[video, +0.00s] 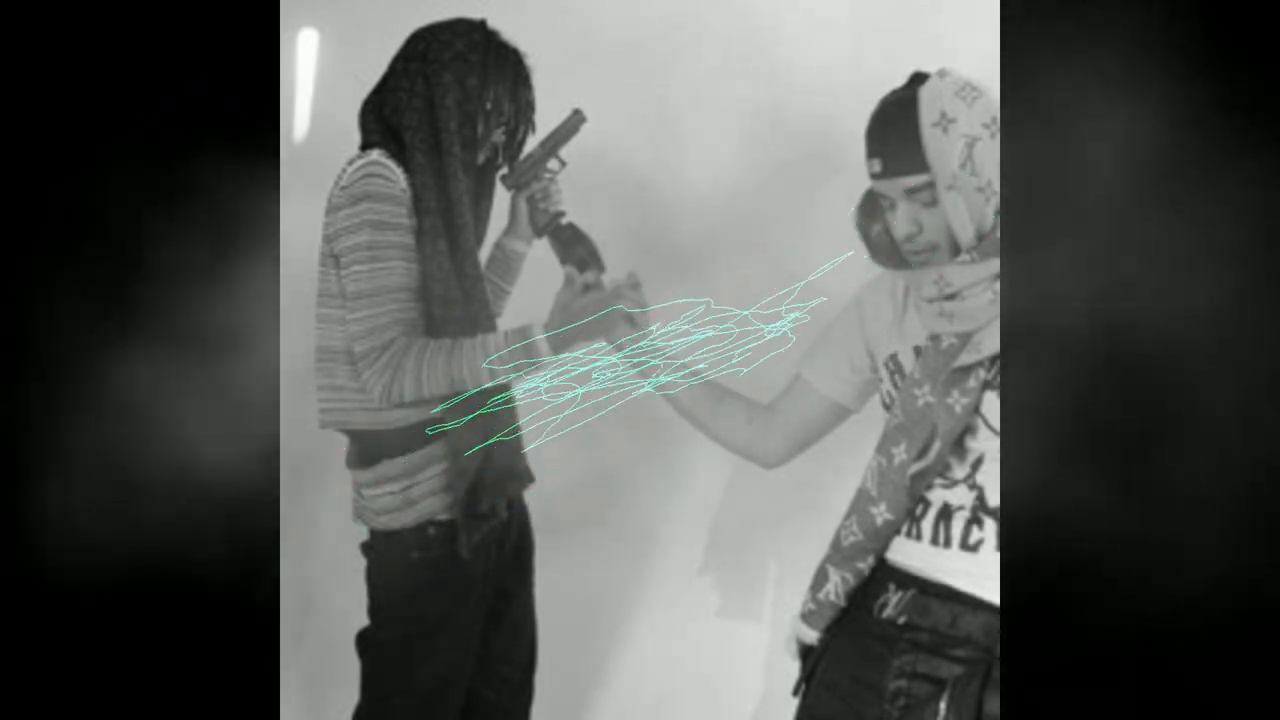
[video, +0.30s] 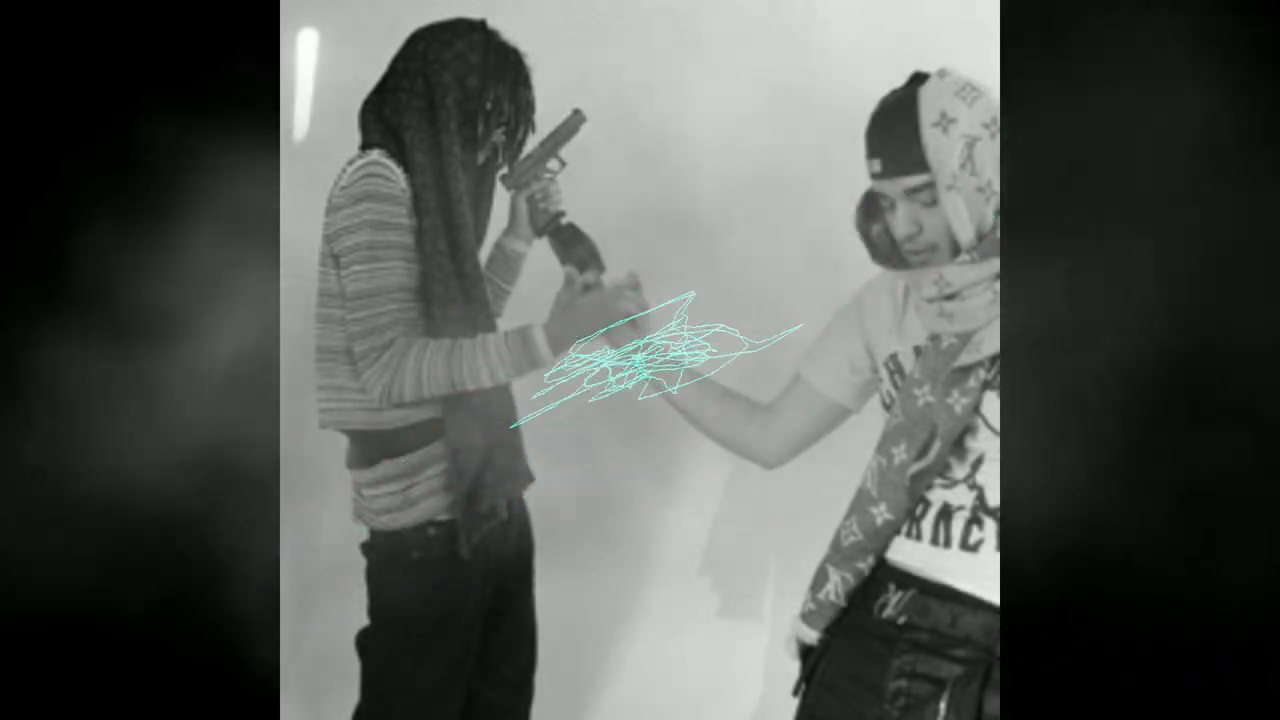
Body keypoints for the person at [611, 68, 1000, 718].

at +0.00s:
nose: (905, 228)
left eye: (926, 198)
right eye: (887, 204)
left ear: (982, 182)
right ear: (874, 203)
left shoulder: (1040, 292)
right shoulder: (892, 303)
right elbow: (769, 436)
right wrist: (638, 344)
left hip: (994, 642)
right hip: (879, 616)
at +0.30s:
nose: (903, 228)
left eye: (925, 199)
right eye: (885, 204)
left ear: (981, 184)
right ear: (873, 203)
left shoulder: (1039, 294)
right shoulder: (893, 303)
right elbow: (768, 436)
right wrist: (640, 347)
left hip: (992, 641)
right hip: (879, 617)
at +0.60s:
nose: (904, 230)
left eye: (925, 199)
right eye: (884, 205)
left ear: (984, 189)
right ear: (872, 205)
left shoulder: (1031, 303)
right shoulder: (890, 307)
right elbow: (768, 436)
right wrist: (630, 338)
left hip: (992, 644)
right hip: (878, 621)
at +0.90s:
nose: (906, 228)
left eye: (926, 198)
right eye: (886, 205)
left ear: (980, 183)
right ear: (873, 205)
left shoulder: (1035, 291)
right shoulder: (891, 304)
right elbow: (768, 436)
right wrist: (636, 336)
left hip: (995, 643)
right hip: (882, 618)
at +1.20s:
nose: (907, 227)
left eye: (926, 199)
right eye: (888, 205)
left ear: (980, 184)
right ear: (875, 206)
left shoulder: (1039, 295)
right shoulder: (890, 304)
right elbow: (769, 436)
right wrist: (640, 345)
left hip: (986, 644)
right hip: (874, 618)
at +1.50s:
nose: (904, 228)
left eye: (926, 199)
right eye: (886, 205)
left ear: (980, 185)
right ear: (874, 207)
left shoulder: (1029, 292)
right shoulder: (888, 305)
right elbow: (769, 436)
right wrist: (643, 343)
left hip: (987, 641)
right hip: (876, 616)